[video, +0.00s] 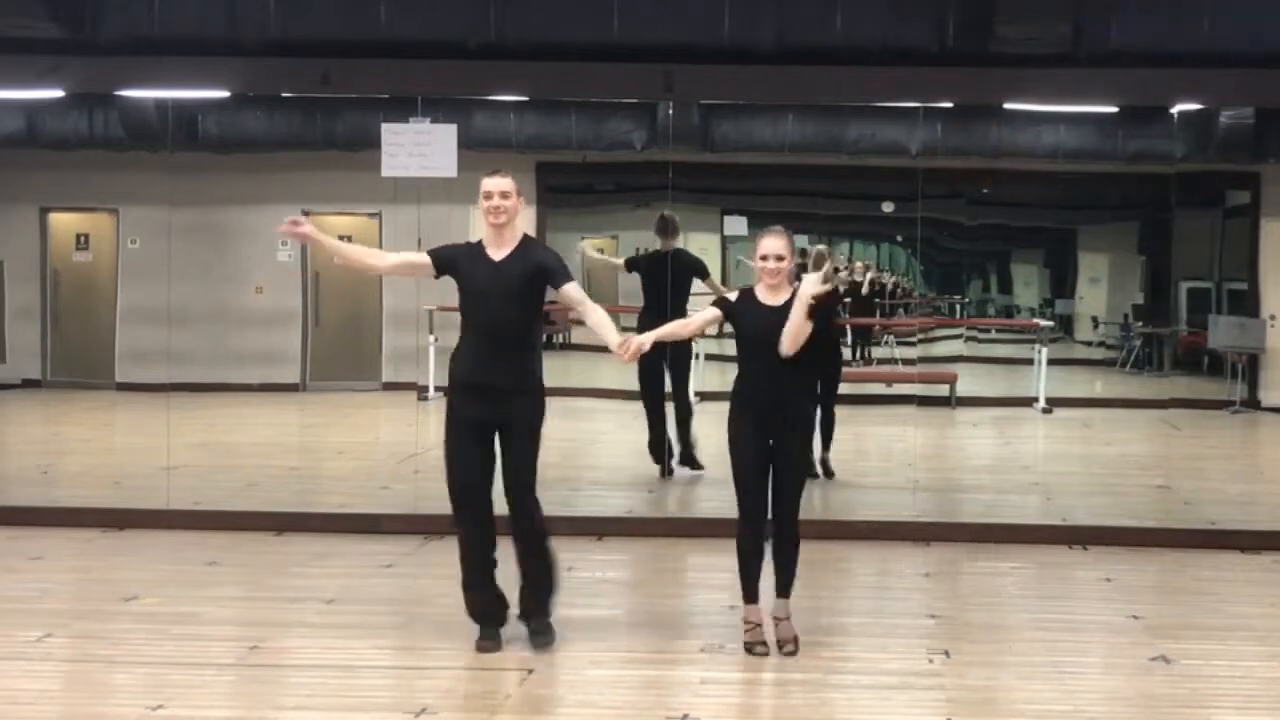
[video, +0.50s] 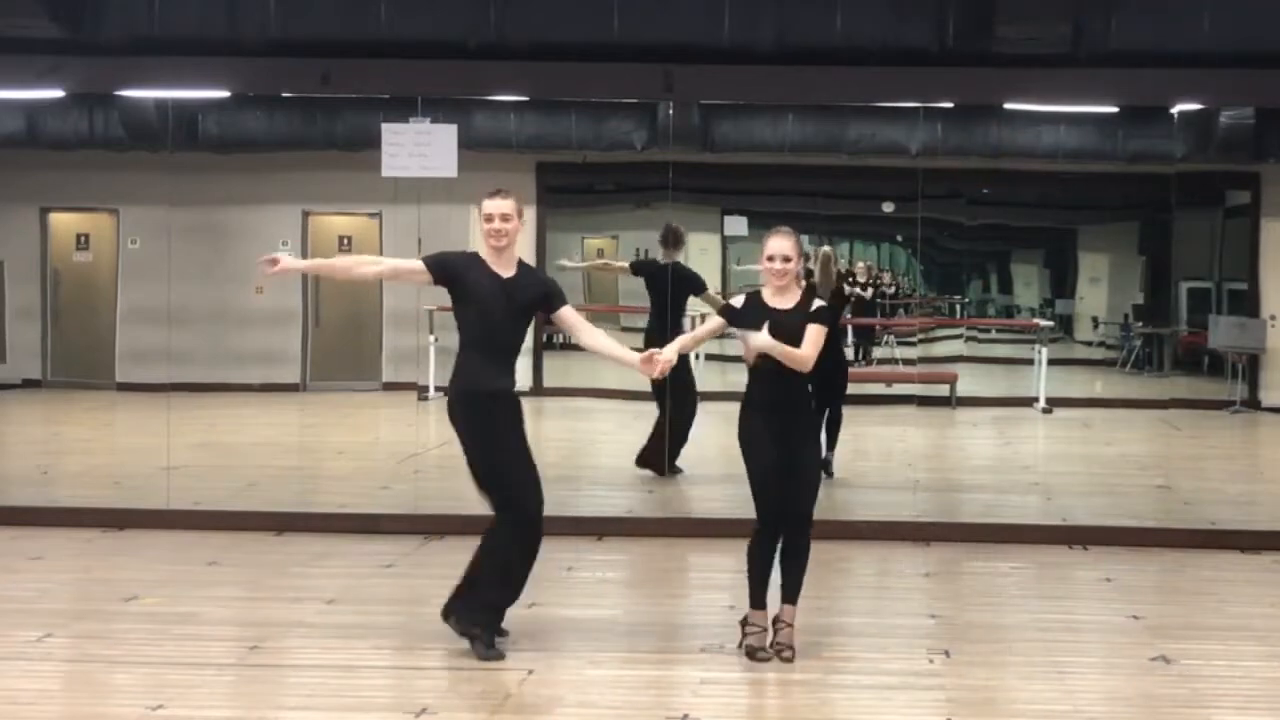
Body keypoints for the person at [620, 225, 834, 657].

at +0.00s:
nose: (771, 265)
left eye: (778, 258)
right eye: (764, 258)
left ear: (792, 262)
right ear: (754, 261)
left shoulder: (811, 305)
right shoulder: (739, 301)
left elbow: (788, 347)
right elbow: (693, 324)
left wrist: (803, 293)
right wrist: (649, 336)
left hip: (795, 423)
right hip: (749, 422)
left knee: (786, 518)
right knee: (752, 517)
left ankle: (783, 610)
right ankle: (753, 613)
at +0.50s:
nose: (778, 266)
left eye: (786, 259)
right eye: (771, 258)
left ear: (800, 263)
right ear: (761, 262)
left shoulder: (818, 306)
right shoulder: (746, 303)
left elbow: (806, 360)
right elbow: (699, 334)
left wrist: (764, 342)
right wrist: (669, 351)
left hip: (802, 424)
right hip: (759, 422)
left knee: (799, 522)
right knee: (770, 519)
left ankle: (786, 619)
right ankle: (756, 617)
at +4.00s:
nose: (771, 275)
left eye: (779, 268)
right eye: (763, 268)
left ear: (793, 272)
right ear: (752, 272)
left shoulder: (816, 318)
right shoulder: (741, 323)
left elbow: (860, 367)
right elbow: (688, 351)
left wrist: (828, 416)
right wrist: (660, 360)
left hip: (788, 441)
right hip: (740, 439)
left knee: (780, 543)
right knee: (748, 543)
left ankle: (774, 612)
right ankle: (760, 643)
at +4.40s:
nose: (769, 275)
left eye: (779, 268)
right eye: (762, 267)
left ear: (793, 274)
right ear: (749, 272)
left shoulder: (806, 326)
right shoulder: (728, 322)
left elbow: (854, 371)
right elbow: (673, 357)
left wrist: (833, 405)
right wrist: (638, 389)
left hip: (799, 453)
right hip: (749, 454)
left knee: (781, 558)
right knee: (751, 563)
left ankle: (767, 668)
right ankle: (773, 644)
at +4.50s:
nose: (769, 280)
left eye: (778, 272)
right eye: (761, 272)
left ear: (792, 277)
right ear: (749, 275)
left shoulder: (806, 330)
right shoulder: (728, 325)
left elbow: (856, 374)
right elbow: (672, 363)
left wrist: (826, 408)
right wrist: (644, 399)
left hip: (799, 456)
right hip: (749, 458)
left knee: (785, 562)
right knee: (756, 565)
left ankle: (767, 669)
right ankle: (769, 650)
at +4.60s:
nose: (768, 281)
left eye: (777, 273)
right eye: (760, 273)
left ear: (791, 277)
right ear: (748, 275)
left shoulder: (805, 328)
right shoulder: (726, 324)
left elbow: (858, 374)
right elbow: (673, 364)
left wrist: (819, 409)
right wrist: (649, 398)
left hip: (796, 455)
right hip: (745, 456)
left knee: (784, 561)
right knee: (753, 563)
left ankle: (769, 669)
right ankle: (755, 644)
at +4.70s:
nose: (767, 280)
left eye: (775, 272)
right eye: (759, 271)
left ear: (790, 274)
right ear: (747, 273)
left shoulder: (809, 325)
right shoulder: (728, 323)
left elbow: (859, 373)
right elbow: (676, 366)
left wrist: (819, 414)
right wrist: (651, 391)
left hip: (791, 452)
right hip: (741, 452)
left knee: (780, 561)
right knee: (749, 565)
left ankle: (769, 671)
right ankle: (748, 644)